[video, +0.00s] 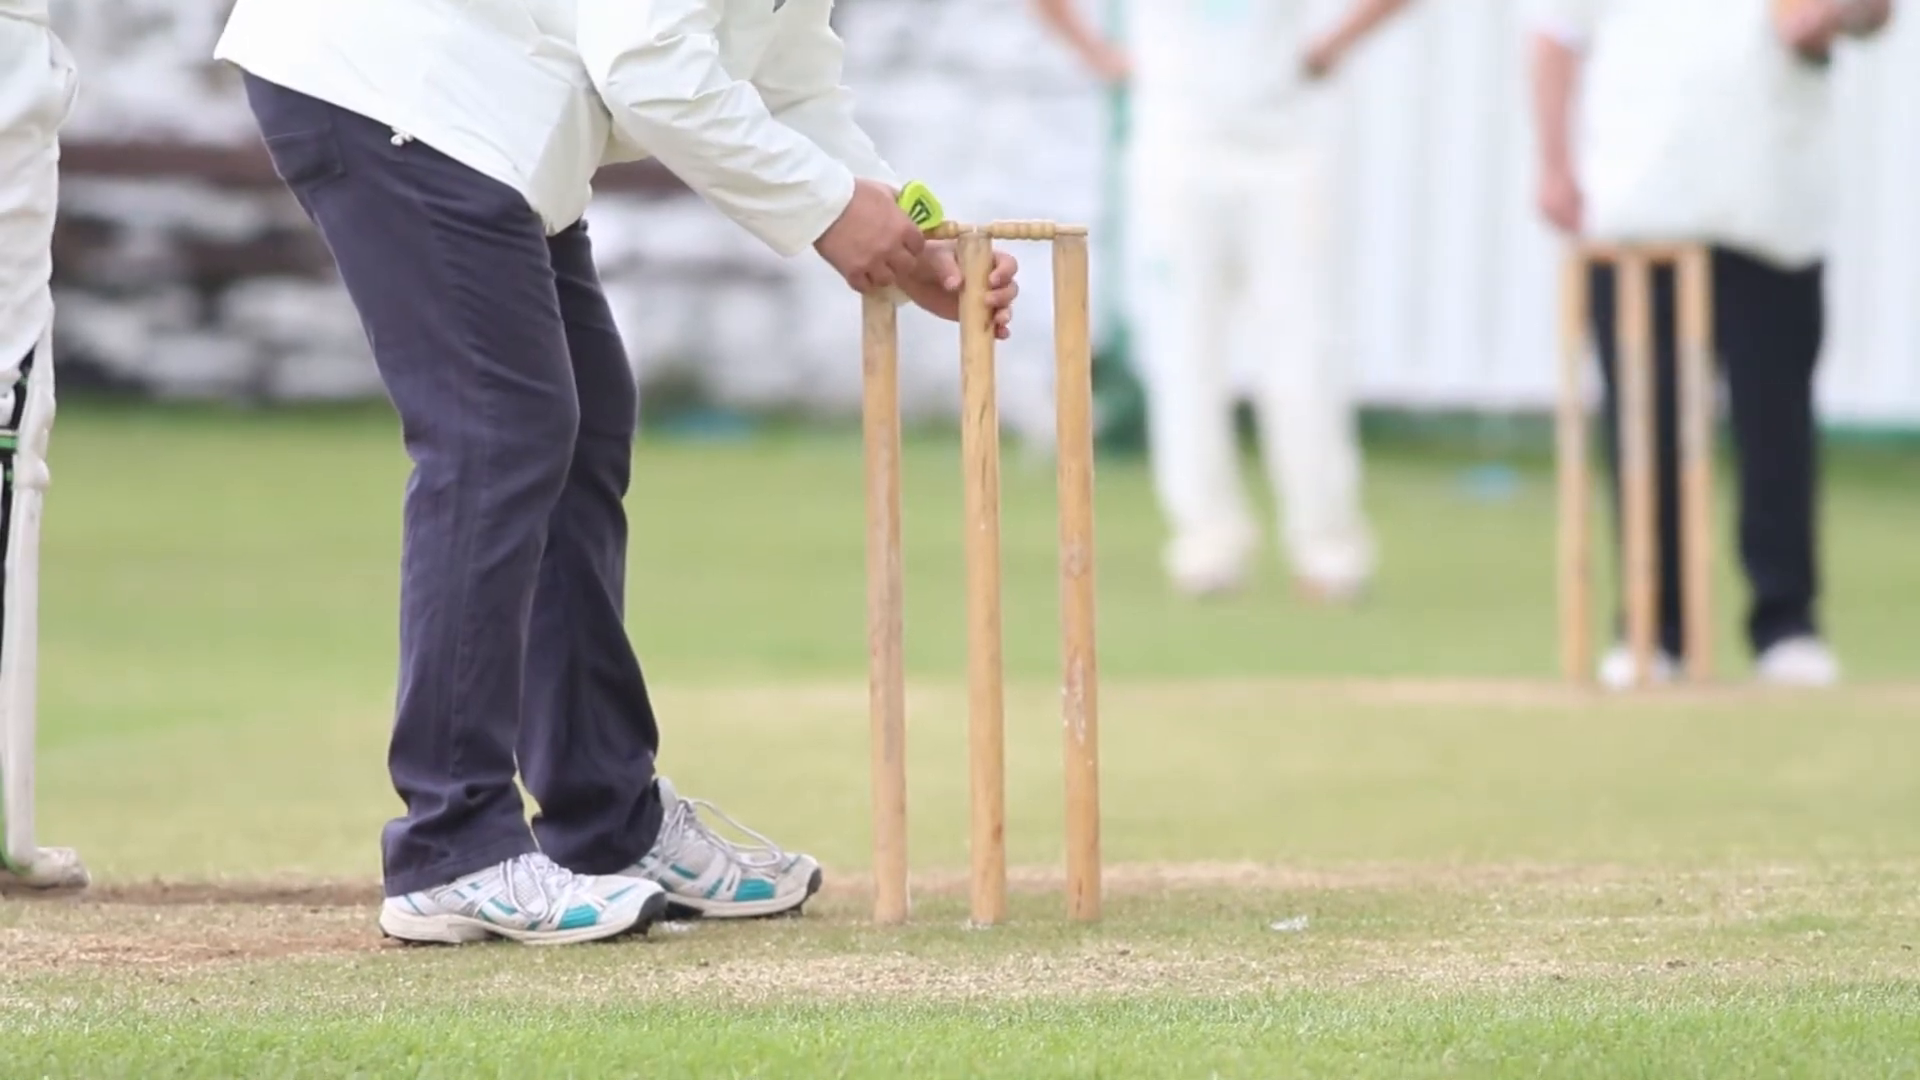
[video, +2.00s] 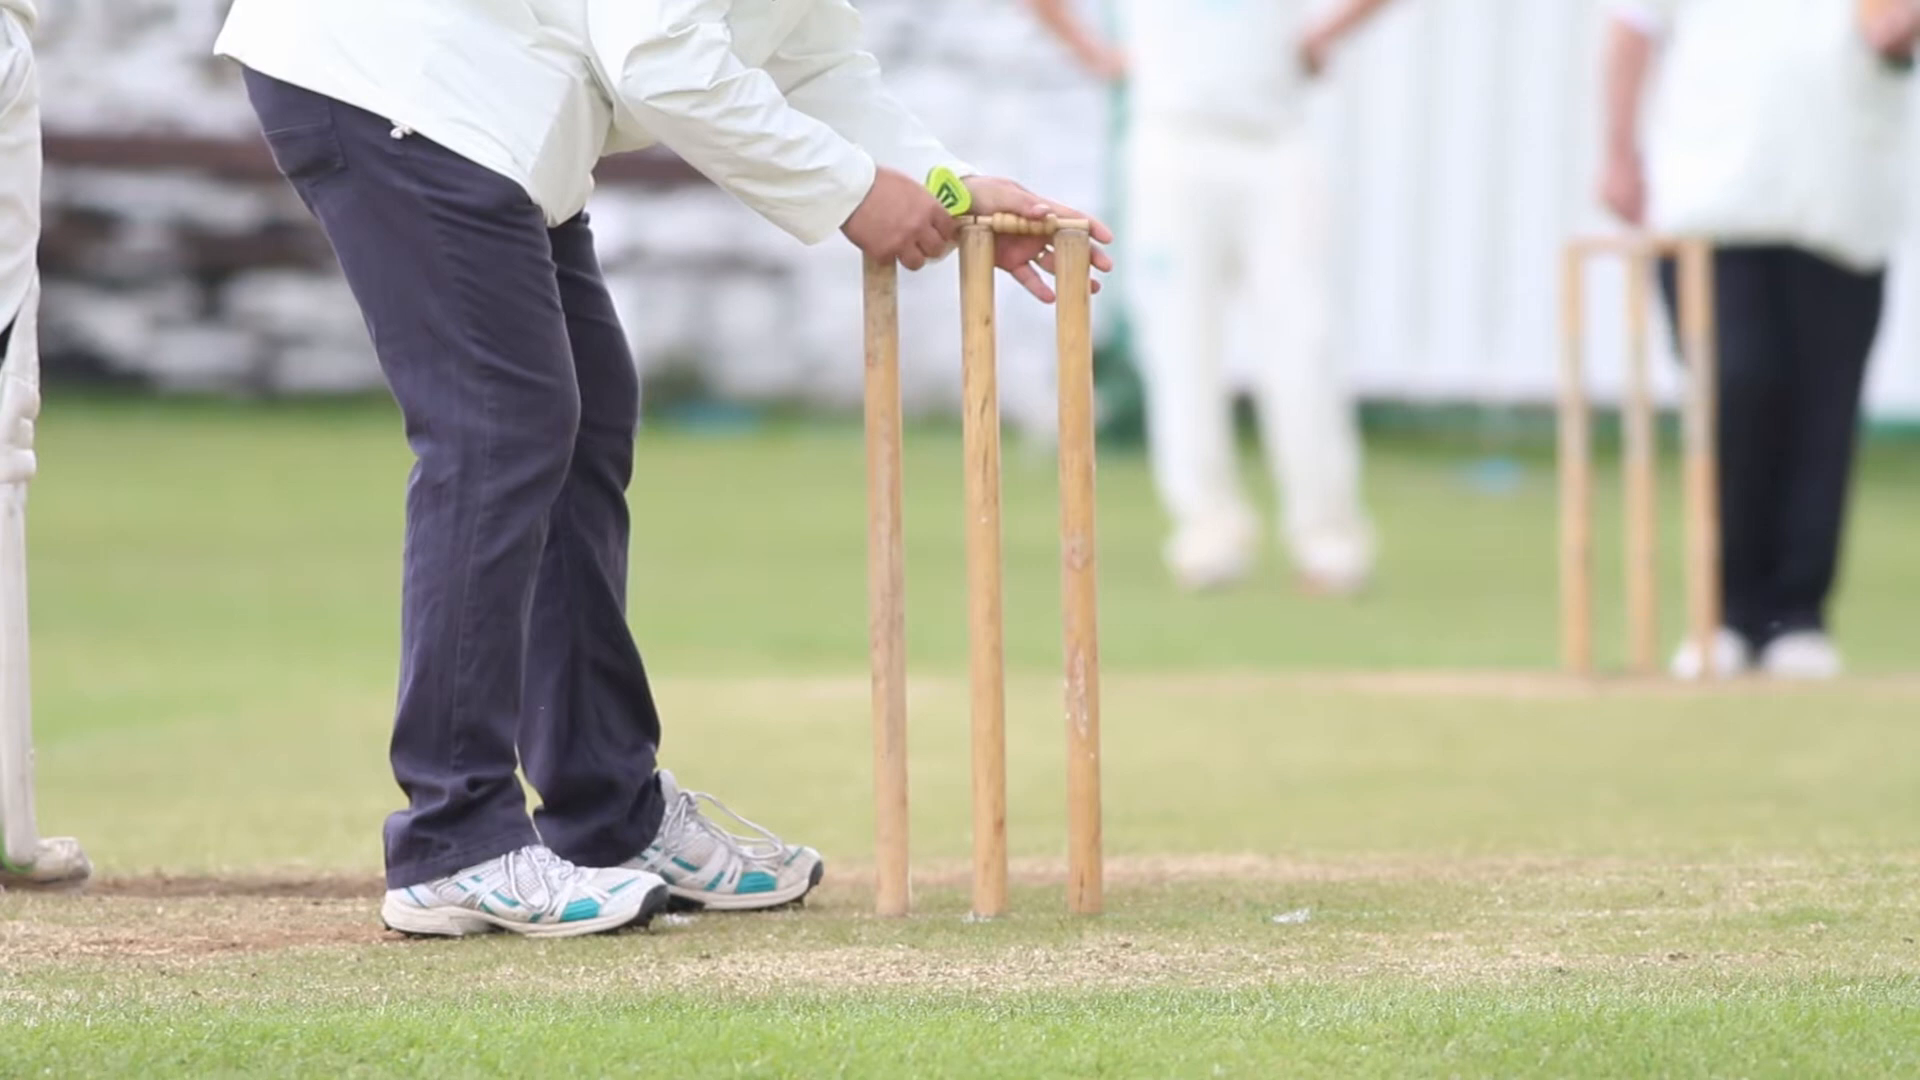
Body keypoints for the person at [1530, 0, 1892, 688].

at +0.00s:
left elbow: (1879, 12)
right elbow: (1555, 27)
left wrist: (1832, 14)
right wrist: (1556, 165)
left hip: (1774, 202)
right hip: (1634, 201)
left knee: (1776, 435)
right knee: (1641, 439)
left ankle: (1786, 631)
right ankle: (1653, 639)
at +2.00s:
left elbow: (1890, 29)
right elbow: (1633, 23)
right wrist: (1621, 155)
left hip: (1848, 195)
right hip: (1713, 189)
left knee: (1822, 422)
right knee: (1735, 411)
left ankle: (1798, 625)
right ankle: (1730, 625)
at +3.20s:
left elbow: (1862, 7)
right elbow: (1541, 20)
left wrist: (1813, 8)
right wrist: (1524, 158)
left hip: (1759, 189)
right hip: (1619, 186)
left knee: (1765, 418)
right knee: (1624, 422)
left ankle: (1787, 619)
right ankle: (1619, 623)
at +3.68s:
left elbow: (1842, 7)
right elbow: (1498, 6)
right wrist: (1472, 67)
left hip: (1736, 188)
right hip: (1597, 189)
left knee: (1757, 420)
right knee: (1614, 425)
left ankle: (1786, 621)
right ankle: (1615, 624)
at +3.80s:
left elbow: (1819, 12)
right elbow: (1517, 12)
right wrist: (1473, 6)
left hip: (1738, 201)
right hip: (1597, 200)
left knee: (1758, 428)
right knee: (1615, 428)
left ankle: (1786, 619)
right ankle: (1616, 623)